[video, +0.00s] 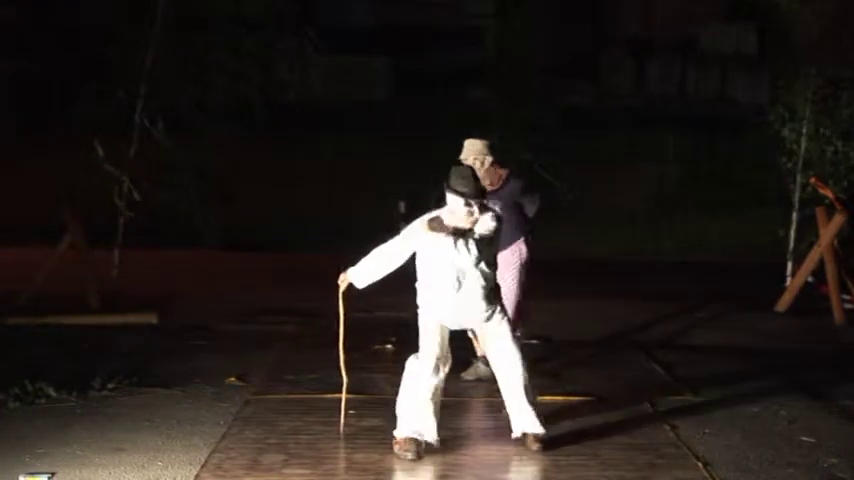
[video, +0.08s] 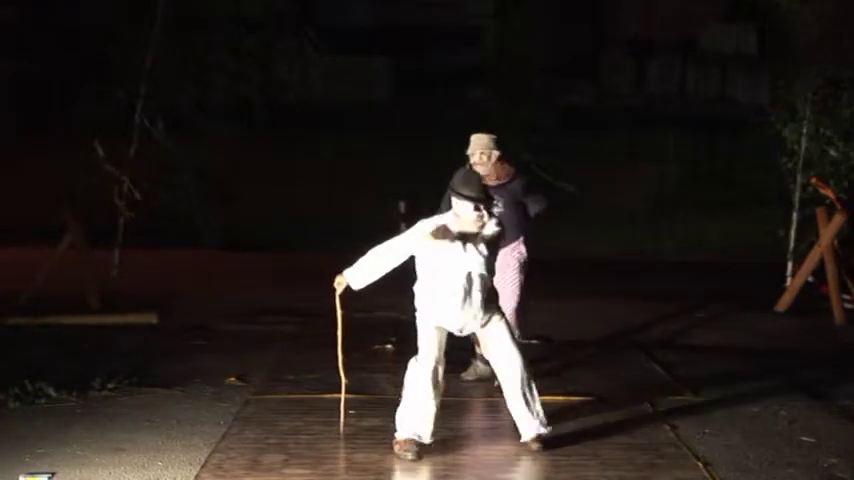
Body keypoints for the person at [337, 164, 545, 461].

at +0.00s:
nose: (470, 211)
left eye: (475, 204)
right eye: (464, 204)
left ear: (480, 202)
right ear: (450, 200)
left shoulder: (487, 220)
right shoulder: (426, 226)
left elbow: (489, 225)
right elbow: (391, 252)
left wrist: (451, 225)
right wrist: (355, 275)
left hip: (482, 309)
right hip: (436, 312)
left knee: (511, 363)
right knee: (429, 364)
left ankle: (528, 429)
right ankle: (409, 433)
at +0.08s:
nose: (484, 214)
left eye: (485, 208)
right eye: (476, 208)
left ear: (487, 207)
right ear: (456, 206)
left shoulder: (488, 231)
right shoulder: (429, 231)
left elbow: (495, 230)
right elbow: (388, 252)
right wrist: (351, 276)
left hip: (482, 311)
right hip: (436, 315)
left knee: (513, 364)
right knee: (428, 366)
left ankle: (532, 431)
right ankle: (408, 435)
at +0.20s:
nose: (492, 217)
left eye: (495, 210)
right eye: (485, 211)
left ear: (498, 208)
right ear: (467, 207)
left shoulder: (503, 237)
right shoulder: (438, 232)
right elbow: (389, 252)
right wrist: (352, 283)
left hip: (477, 302)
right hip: (433, 303)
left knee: (514, 356)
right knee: (426, 363)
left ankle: (529, 425)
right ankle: (411, 436)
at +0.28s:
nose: (501, 215)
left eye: (502, 208)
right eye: (495, 209)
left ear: (503, 207)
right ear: (473, 205)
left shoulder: (502, 228)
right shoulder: (441, 229)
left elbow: (531, 239)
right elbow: (391, 250)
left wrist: (537, 255)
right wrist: (365, 285)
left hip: (479, 306)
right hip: (435, 309)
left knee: (517, 353)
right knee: (427, 365)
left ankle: (534, 426)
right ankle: (408, 438)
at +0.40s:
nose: (511, 206)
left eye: (513, 200)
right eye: (505, 199)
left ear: (515, 196)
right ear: (486, 194)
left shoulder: (517, 219)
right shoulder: (457, 219)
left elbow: (566, 206)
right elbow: (407, 232)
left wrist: (615, 194)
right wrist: (398, 275)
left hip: (490, 305)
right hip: (444, 305)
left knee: (517, 358)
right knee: (432, 365)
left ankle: (535, 424)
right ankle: (409, 437)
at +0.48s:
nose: (529, 200)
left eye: (530, 194)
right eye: (523, 195)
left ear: (531, 191)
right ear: (503, 193)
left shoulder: (535, 210)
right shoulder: (473, 213)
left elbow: (581, 182)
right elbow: (424, 220)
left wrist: (622, 164)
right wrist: (420, 265)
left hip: (495, 301)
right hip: (450, 298)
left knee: (520, 359)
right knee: (435, 361)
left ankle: (544, 421)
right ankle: (413, 434)